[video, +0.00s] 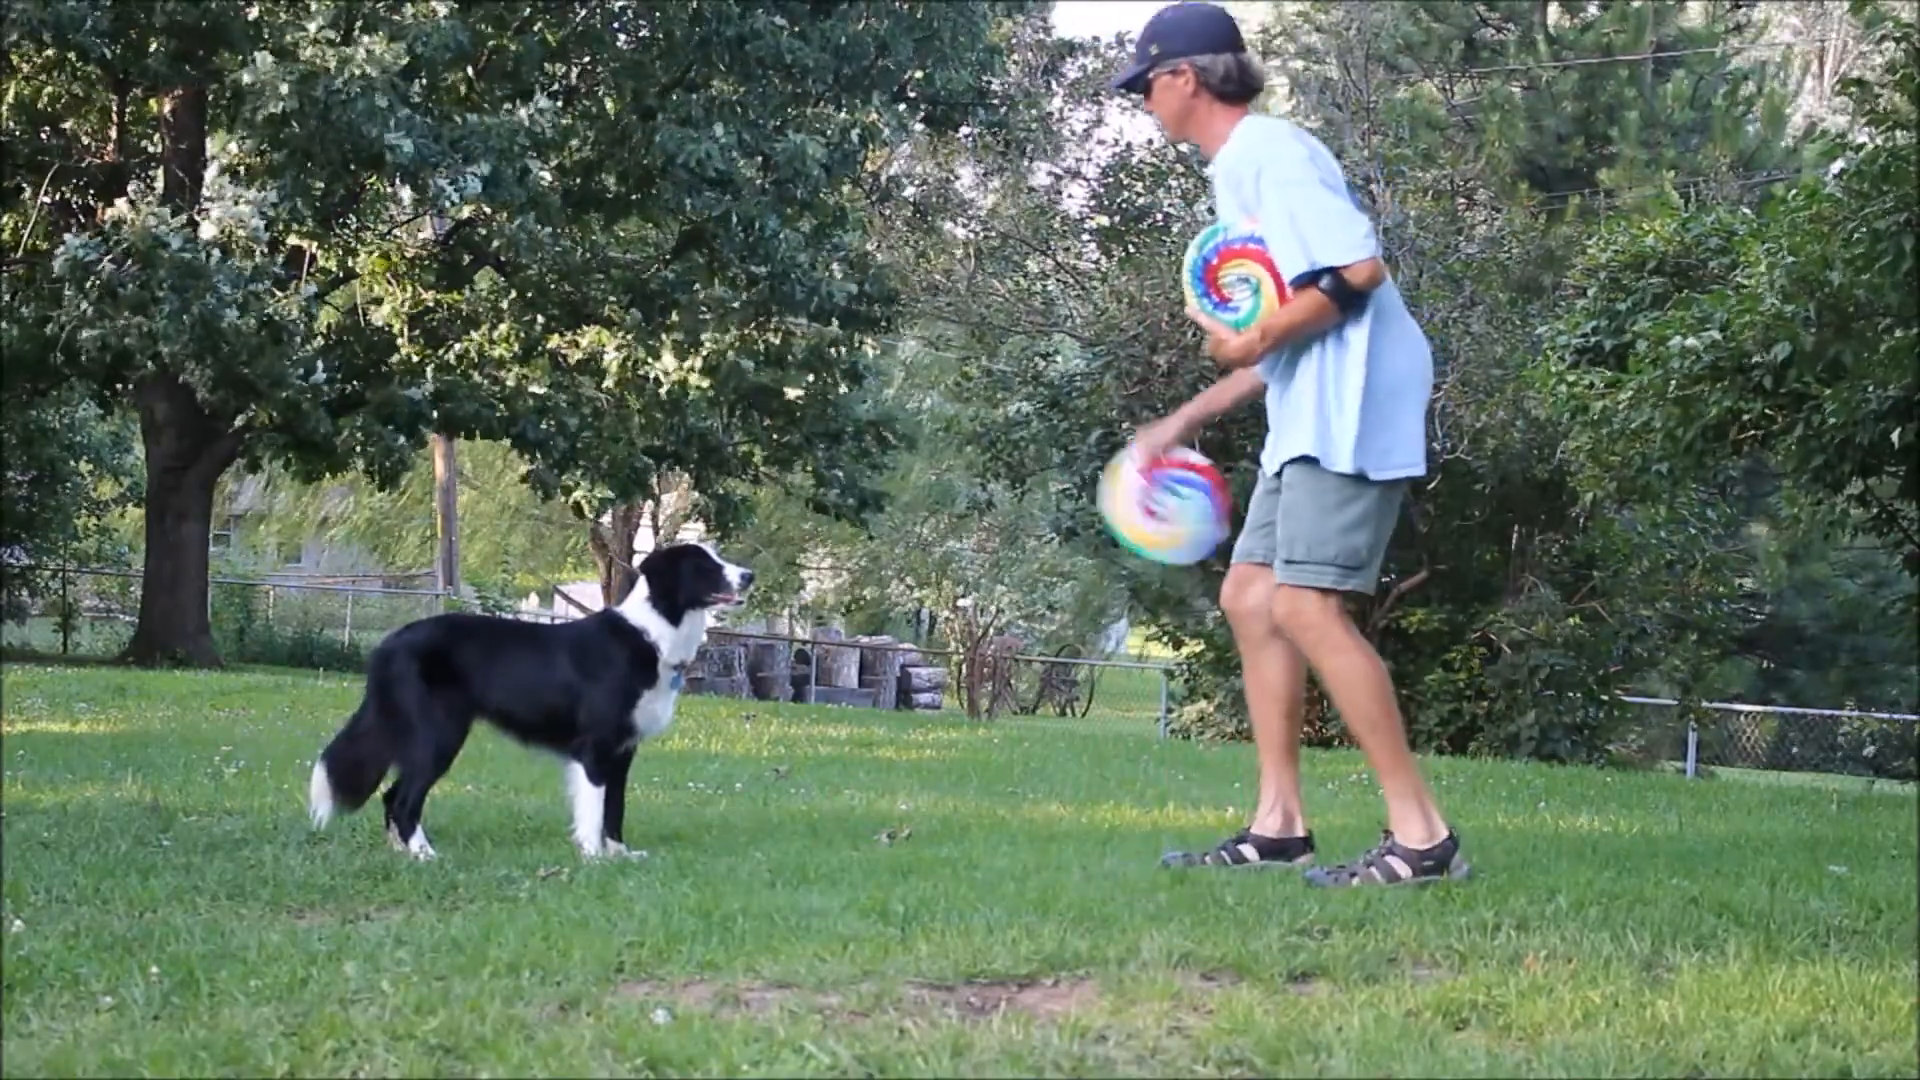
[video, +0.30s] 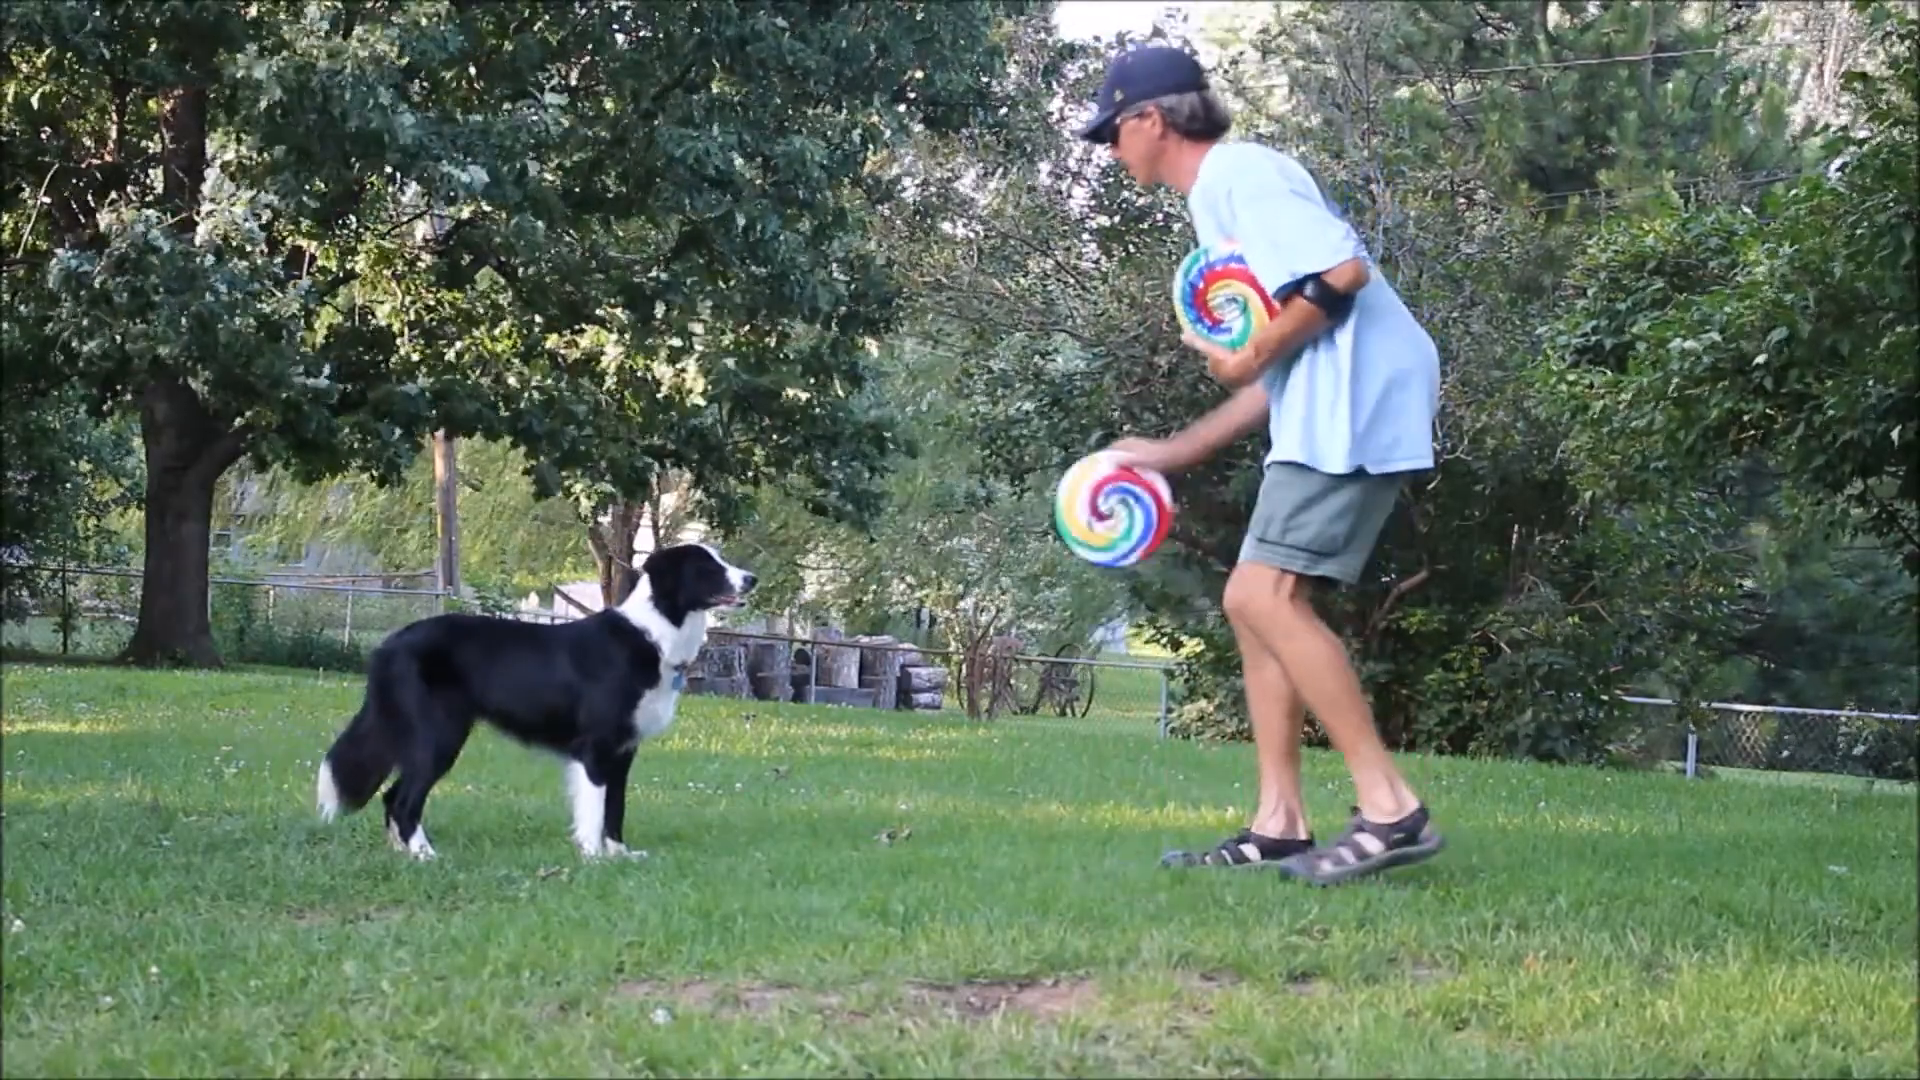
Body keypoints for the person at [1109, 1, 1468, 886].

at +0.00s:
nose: (1144, 105)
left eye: (1148, 87)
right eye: (1142, 90)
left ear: (1186, 77)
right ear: (1190, 79)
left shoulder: (1270, 150)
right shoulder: (1236, 173)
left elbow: (1356, 270)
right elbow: (1275, 345)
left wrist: (1254, 338)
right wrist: (1183, 421)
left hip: (1358, 412)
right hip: (1312, 413)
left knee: (1305, 604)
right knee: (1249, 598)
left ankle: (1421, 836)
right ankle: (1278, 826)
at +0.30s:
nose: (1113, 152)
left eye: (1115, 132)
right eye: (1110, 135)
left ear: (1153, 121)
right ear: (1159, 121)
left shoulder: (1235, 172)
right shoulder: (1215, 204)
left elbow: (1340, 271)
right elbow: (1274, 379)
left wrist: (1251, 357)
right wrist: (1172, 451)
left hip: (1363, 403)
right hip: (1329, 411)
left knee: (1267, 595)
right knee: (1248, 602)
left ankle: (1391, 812)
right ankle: (1279, 825)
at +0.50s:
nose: (1107, 161)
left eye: (1109, 142)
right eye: (1104, 146)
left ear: (1148, 131)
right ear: (1153, 132)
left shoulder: (1233, 183)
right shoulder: (1216, 201)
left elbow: (1341, 276)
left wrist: (1258, 366)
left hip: (1350, 421)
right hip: (1320, 422)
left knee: (1257, 606)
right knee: (1236, 606)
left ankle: (1334, 841)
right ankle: (1277, 826)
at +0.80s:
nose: (1115, 133)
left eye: (1118, 112)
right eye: (1112, 116)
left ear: (1157, 102)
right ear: (1166, 101)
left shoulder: (1237, 174)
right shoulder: (1241, 167)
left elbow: (1331, 288)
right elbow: (1339, 289)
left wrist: (1240, 361)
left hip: (1353, 401)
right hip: (1341, 397)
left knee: (1263, 601)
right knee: (1249, 598)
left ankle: (1336, 844)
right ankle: (1279, 825)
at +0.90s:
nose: (1118, 131)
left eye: (1121, 111)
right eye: (1115, 114)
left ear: (1162, 100)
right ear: (1167, 99)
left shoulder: (1242, 171)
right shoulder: (1227, 175)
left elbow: (1340, 286)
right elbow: (1316, 288)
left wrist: (1246, 362)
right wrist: (1240, 341)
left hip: (1355, 405)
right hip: (1324, 403)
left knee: (1262, 603)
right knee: (1230, 590)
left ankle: (1337, 845)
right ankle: (1282, 819)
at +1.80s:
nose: (1214, 151)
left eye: (1220, 131)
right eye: (1211, 135)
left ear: (1266, 122)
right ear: (1263, 124)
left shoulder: (1362, 188)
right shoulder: (1318, 219)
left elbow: (1472, 301)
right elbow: (1356, 375)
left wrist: (1366, 382)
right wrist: (1275, 454)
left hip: (1467, 435)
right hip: (1423, 436)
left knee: (1363, 615)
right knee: (1329, 604)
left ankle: (1469, 847)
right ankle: (1303, 832)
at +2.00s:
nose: (1289, 109)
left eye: (1292, 90)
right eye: (1287, 92)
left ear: (1328, 86)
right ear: (1354, 85)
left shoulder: (1408, 159)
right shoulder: (1397, 167)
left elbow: (1504, 289)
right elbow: (1460, 321)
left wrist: (1401, 359)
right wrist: (1366, 410)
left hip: (1518, 404)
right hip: (1496, 404)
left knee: (1419, 600)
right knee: (1399, 598)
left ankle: (1472, 849)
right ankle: (1347, 819)